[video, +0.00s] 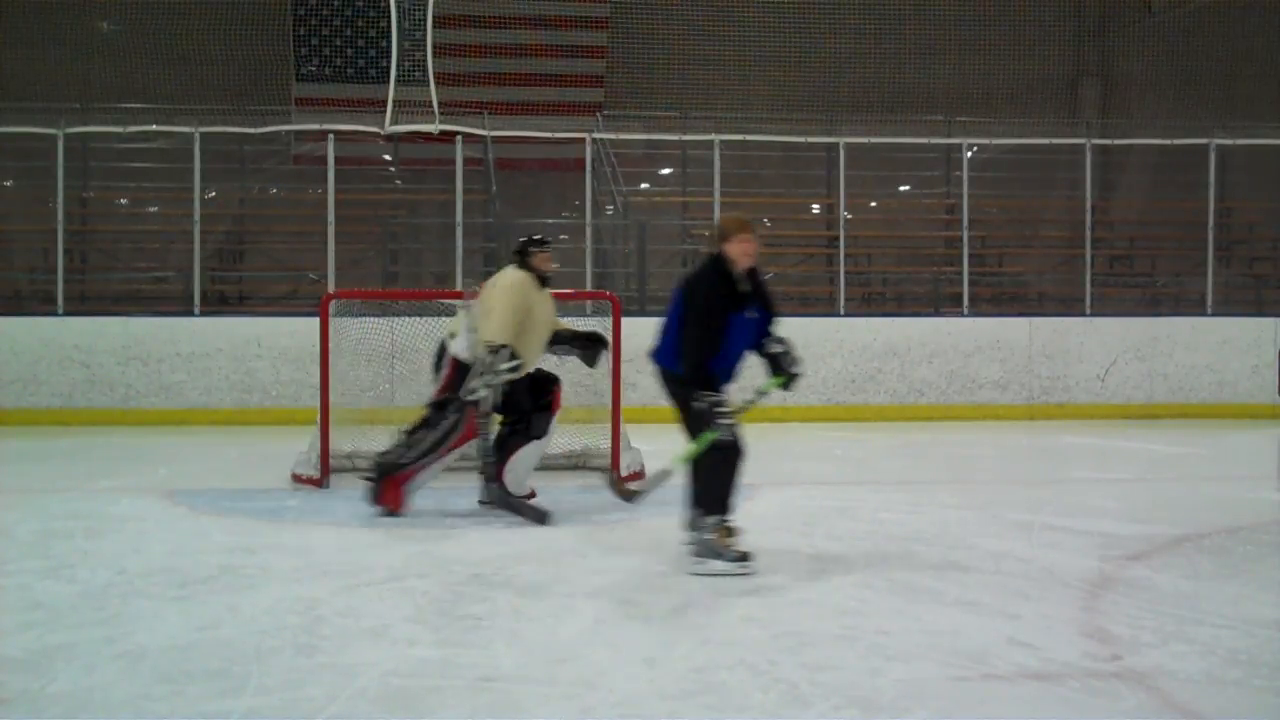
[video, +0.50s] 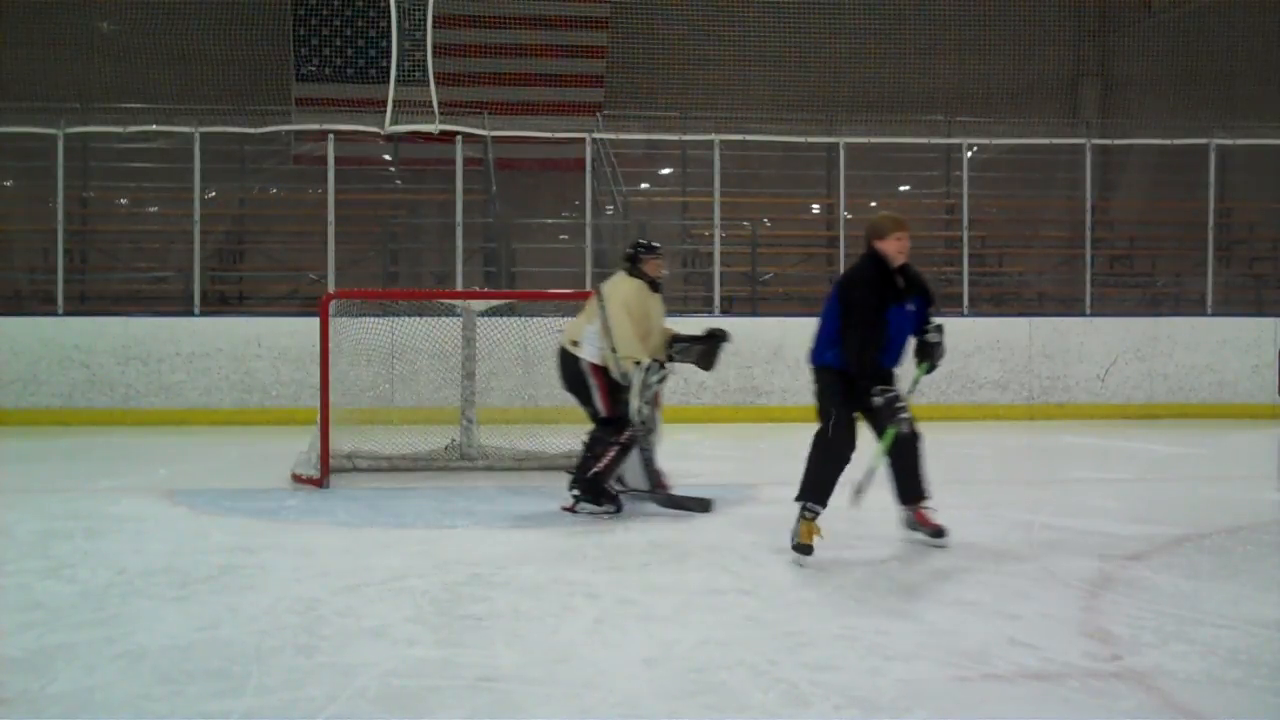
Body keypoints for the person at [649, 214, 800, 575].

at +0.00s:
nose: (748, 248)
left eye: (751, 242)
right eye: (740, 242)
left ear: (756, 247)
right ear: (723, 246)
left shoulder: (751, 283)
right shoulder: (705, 282)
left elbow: (758, 329)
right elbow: (691, 344)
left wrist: (778, 355)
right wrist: (704, 395)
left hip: (709, 373)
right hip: (681, 371)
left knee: (720, 444)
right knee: (719, 445)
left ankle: (707, 524)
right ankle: (707, 528)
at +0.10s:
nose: (789, 252)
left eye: (791, 245)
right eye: (780, 245)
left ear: (794, 249)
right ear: (760, 249)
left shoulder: (785, 287)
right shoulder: (742, 287)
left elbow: (796, 328)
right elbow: (731, 349)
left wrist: (817, 355)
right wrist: (746, 398)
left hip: (747, 378)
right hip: (719, 377)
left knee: (767, 446)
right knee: (758, 448)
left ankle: (756, 523)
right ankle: (751, 529)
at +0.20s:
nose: (823, 256)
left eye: (826, 249)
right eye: (815, 248)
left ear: (828, 253)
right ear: (795, 252)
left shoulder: (818, 291)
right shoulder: (777, 290)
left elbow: (829, 330)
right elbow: (767, 353)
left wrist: (848, 353)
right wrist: (784, 401)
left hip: (782, 378)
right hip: (753, 377)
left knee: (804, 448)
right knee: (798, 450)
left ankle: (793, 515)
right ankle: (779, 528)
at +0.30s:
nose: (854, 255)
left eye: (857, 248)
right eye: (847, 247)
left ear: (857, 251)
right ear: (826, 250)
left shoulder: (847, 287)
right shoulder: (809, 287)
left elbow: (862, 323)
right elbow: (803, 350)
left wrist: (876, 348)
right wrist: (817, 400)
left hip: (816, 377)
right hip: (785, 377)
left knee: (839, 438)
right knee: (813, 446)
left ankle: (824, 510)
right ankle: (790, 527)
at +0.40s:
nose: (883, 246)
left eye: (884, 240)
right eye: (875, 240)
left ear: (885, 244)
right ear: (855, 245)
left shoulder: (880, 281)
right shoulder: (835, 283)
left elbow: (895, 318)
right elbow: (831, 347)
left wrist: (905, 343)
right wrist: (852, 393)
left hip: (846, 373)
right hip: (811, 373)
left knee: (874, 434)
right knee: (820, 446)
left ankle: (869, 513)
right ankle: (797, 526)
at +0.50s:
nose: (904, 246)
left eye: (906, 239)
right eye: (897, 240)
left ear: (908, 242)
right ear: (876, 244)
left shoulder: (909, 282)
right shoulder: (858, 280)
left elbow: (922, 314)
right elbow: (856, 342)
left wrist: (929, 340)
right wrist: (878, 388)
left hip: (874, 372)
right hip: (835, 370)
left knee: (902, 433)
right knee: (838, 437)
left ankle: (915, 509)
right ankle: (808, 515)